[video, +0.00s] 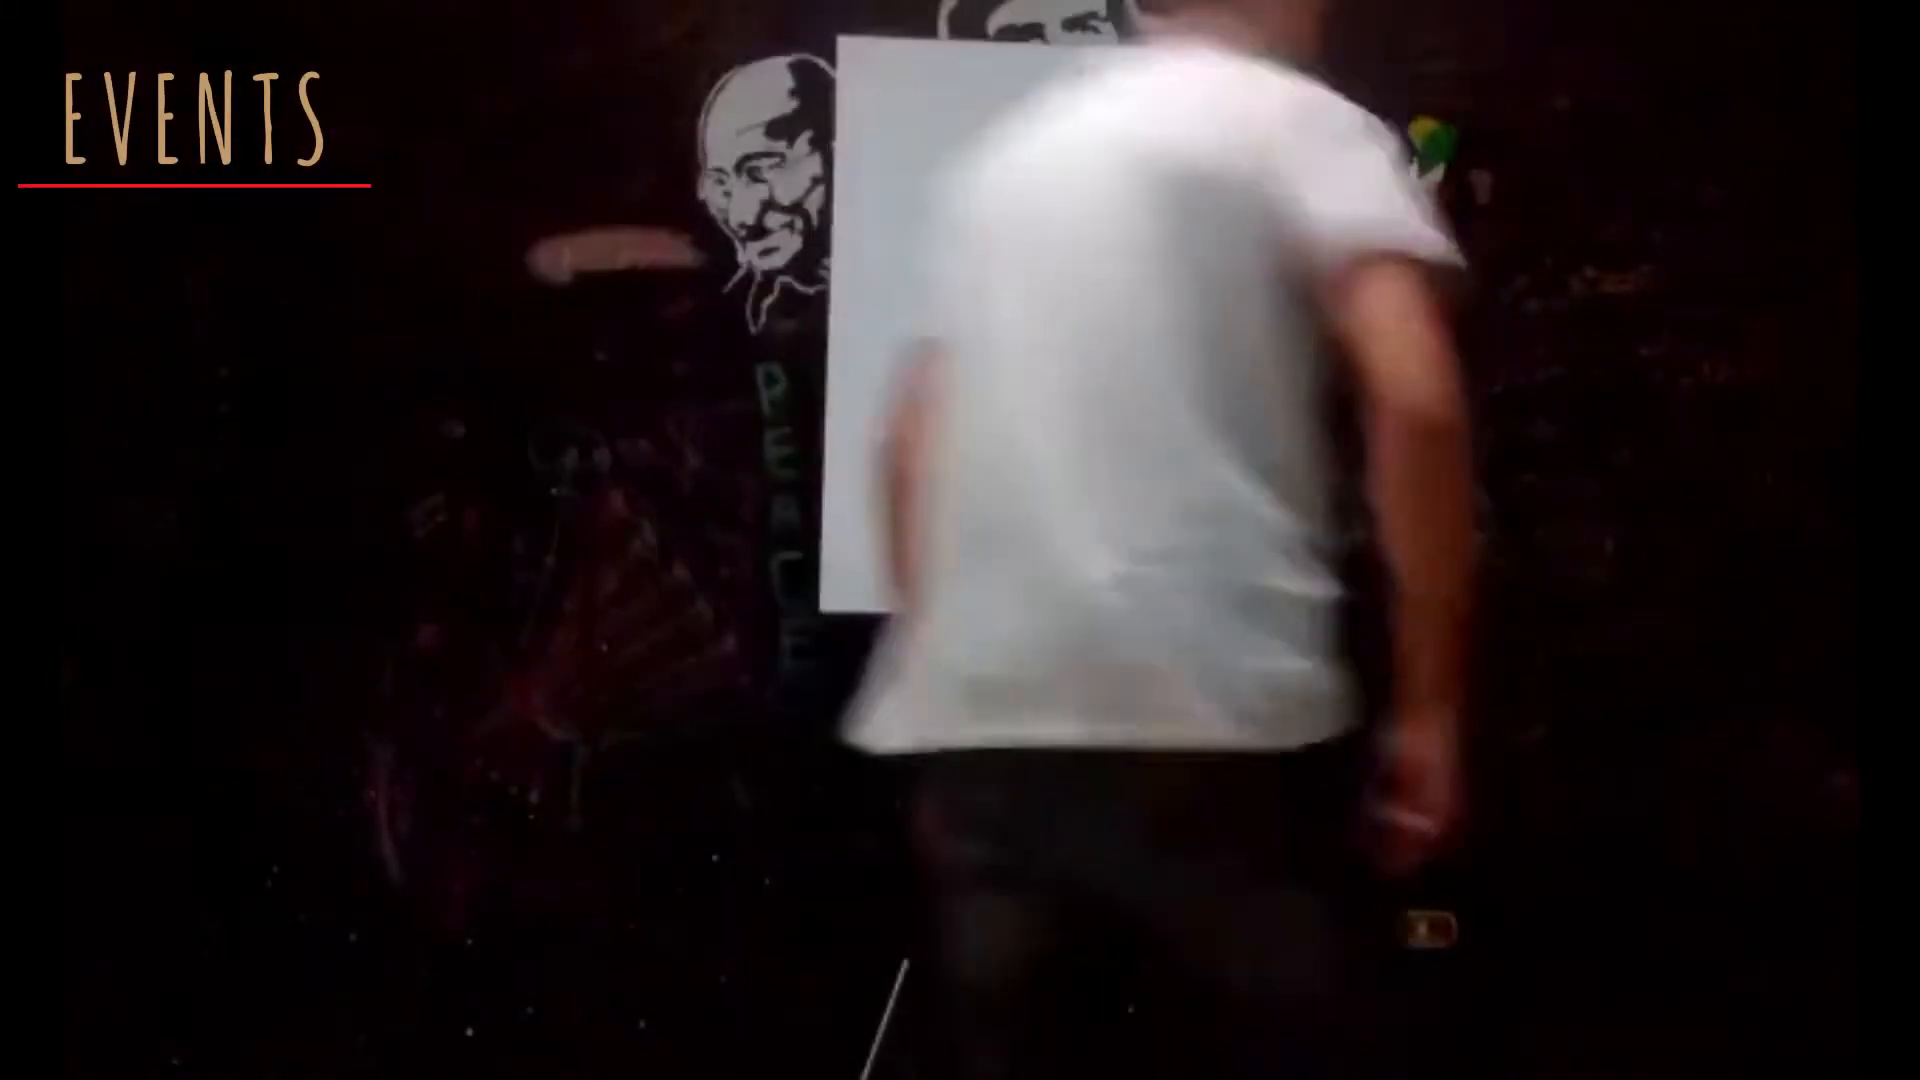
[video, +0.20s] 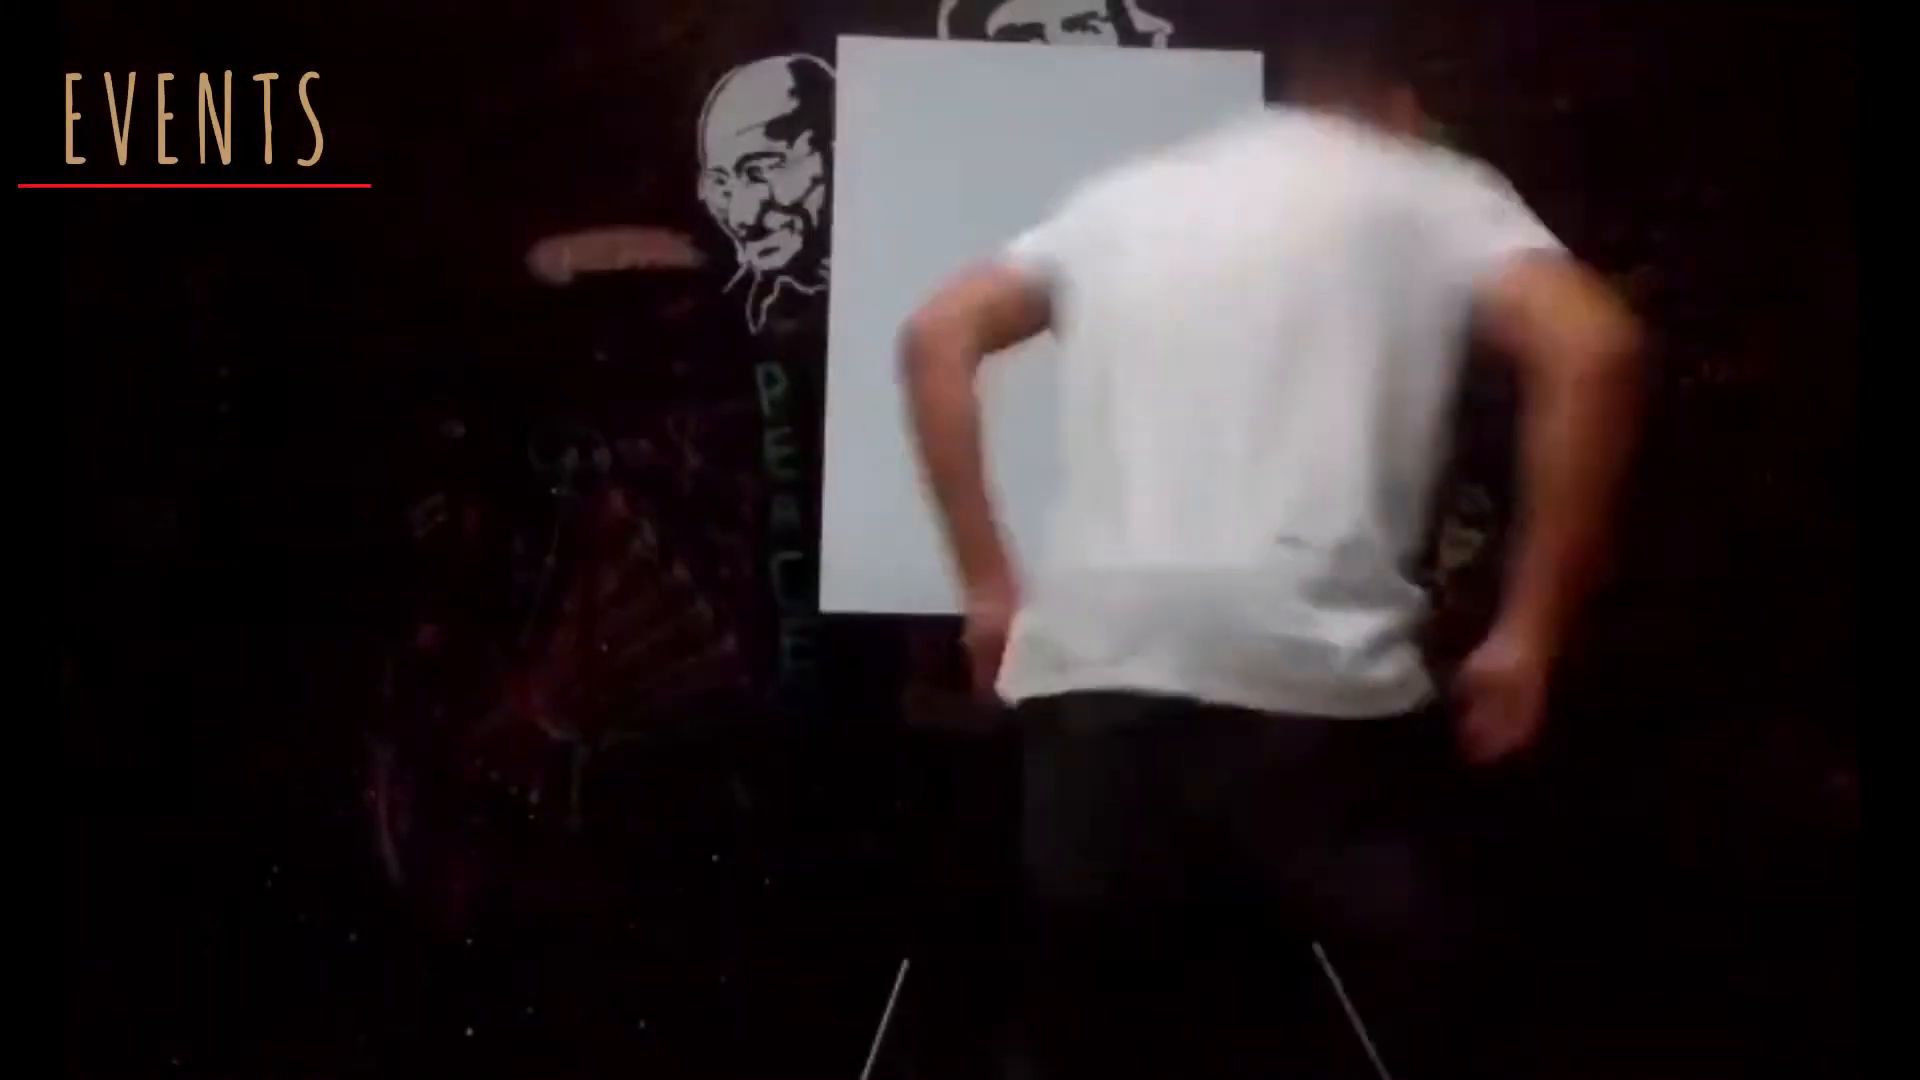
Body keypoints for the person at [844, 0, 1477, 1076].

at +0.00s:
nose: (1314, 30)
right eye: (1310, 22)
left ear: (1146, 13)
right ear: (1291, 18)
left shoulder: (996, 156)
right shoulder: (1296, 119)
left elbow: (913, 440)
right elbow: (1417, 400)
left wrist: (939, 649)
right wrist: (1426, 703)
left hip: (977, 743)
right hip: (1227, 741)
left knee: (1006, 1062)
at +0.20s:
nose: (1427, 129)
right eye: (1429, 118)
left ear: (1280, 89)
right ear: (1403, 105)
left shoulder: (1135, 193)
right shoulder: (1435, 193)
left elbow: (938, 333)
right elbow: (1588, 342)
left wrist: (986, 587)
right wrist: (1524, 631)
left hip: (1086, 704)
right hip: (1324, 707)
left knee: (1086, 1038)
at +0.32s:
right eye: (1440, 199)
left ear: (1295, 195)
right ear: (1428, 211)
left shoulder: (1174, 266)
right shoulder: (1486, 313)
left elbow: (981, 345)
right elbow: (1657, 423)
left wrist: (1031, 598)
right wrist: (1588, 689)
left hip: (1120, 756)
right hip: (1368, 778)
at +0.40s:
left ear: (1288, 268)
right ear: (1413, 291)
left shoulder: (1176, 336)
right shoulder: (1488, 392)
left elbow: (999, 413)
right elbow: (1671, 516)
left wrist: (1051, 638)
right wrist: (1621, 784)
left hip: (1137, 796)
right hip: (1379, 820)